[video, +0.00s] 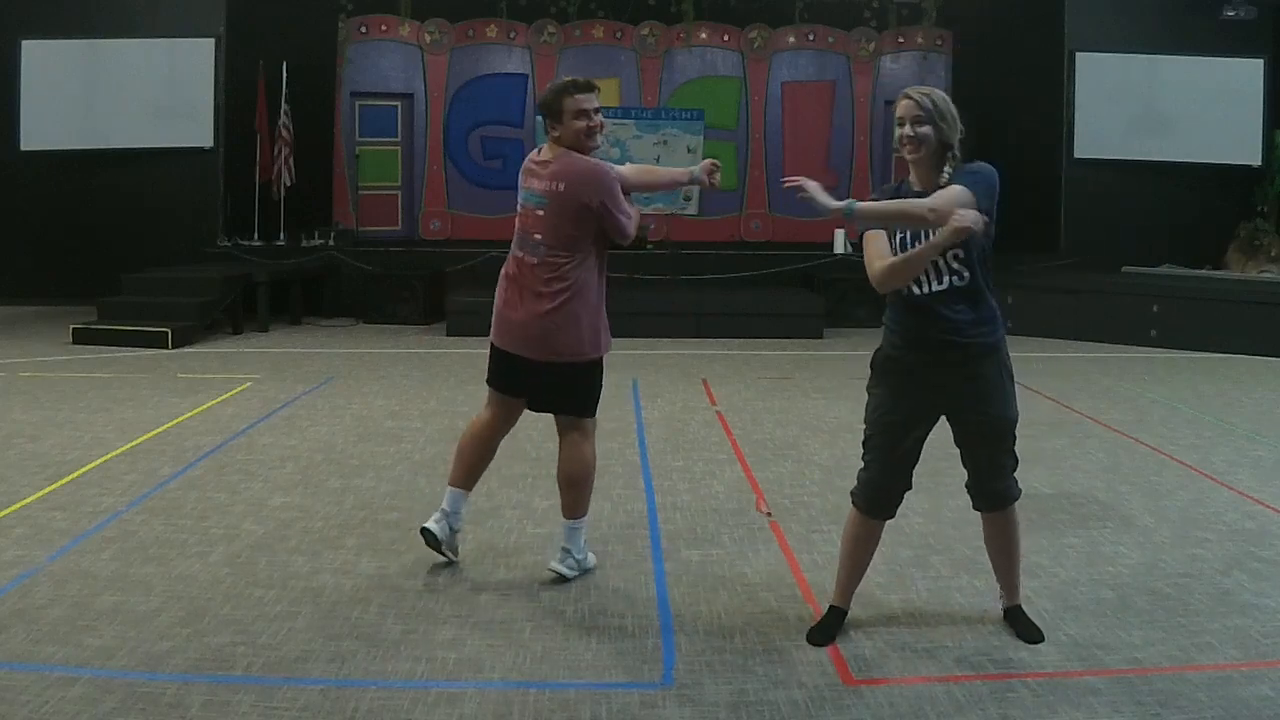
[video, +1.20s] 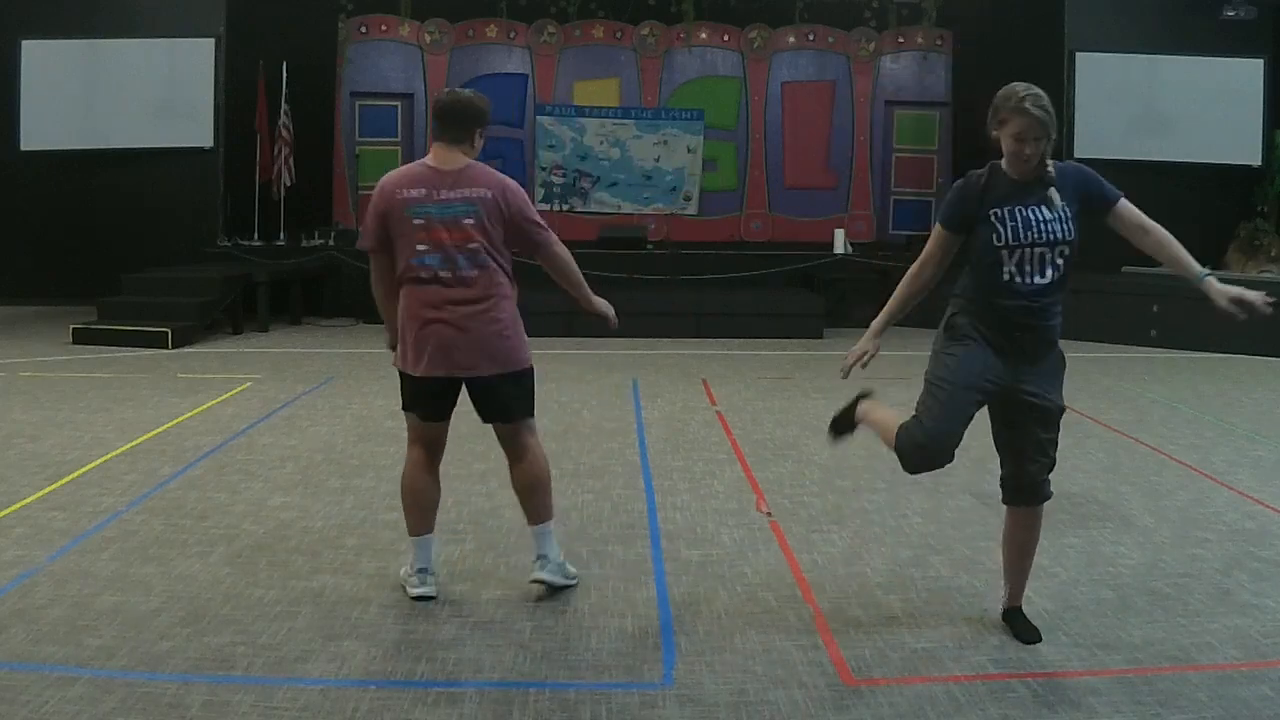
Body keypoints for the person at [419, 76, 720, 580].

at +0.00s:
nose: (595, 122)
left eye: (596, 113)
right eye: (582, 116)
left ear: (594, 116)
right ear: (556, 124)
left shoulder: (534, 162)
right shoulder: (595, 175)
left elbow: (621, 173)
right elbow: (628, 229)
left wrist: (692, 174)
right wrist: (629, 206)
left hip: (512, 322)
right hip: (572, 331)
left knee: (495, 414)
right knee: (576, 432)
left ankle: (446, 518)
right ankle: (573, 549)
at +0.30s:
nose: (562, 147)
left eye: (567, 138)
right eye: (550, 139)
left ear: (572, 141)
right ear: (524, 147)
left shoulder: (510, 189)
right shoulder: (547, 201)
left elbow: (602, 226)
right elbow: (592, 273)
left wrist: (668, 241)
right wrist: (613, 259)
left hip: (493, 346)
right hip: (550, 350)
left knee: (482, 451)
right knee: (575, 444)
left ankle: (437, 563)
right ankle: (569, 556)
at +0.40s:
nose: (549, 142)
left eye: (553, 134)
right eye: (537, 135)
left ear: (558, 138)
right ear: (511, 142)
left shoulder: (503, 187)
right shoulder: (525, 198)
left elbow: (571, 240)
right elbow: (555, 279)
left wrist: (629, 277)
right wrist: (599, 323)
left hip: (484, 348)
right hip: (541, 351)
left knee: (473, 449)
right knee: (566, 442)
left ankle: (434, 562)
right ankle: (569, 556)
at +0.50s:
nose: (540, 135)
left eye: (543, 126)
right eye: (529, 126)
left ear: (540, 130)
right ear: (500, 134)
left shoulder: (483, 181)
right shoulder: (513, 192)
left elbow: (520, 259)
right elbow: (523, 278)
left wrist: (560, 299)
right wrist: (549, 348)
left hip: (474, 342)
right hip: (523, 344)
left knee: (460, 446)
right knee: (550, 444)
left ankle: (430, 561)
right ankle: (565, 556)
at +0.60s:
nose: (541, 133)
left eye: (539, 124)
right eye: (531, 125)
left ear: (496, 135)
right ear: (499, 133)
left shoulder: (469, 179)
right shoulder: (504, 186)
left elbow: (473, 262)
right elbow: (503, 268)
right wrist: (520, 344)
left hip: (460, 340)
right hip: (515, 341)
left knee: (447, 448)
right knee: (546, 442)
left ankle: (425, 567)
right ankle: (563, 555)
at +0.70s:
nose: (538, 133)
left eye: (536, 123)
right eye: (533, 124)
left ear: (483, 133)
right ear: (510, 132)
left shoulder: (451, 183)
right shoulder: (509, 189)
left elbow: (443, 259)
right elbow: (512, 272)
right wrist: (534, 347)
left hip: (447, 345)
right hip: (505, 347)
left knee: (439, 446)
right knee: (547, 435)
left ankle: (424, 567)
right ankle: (549, 555)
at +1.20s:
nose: (481, 140)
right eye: (482, 133)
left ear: (431, 128)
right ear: (478, 134)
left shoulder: (390, 189)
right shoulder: (500, 189)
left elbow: (382, 274)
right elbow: (551, 252)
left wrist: (395, 331)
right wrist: (588, 298)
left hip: (425, 344)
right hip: (497, 344)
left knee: (423, 448)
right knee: (521, 443)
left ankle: (421, 570)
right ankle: (548, 558)